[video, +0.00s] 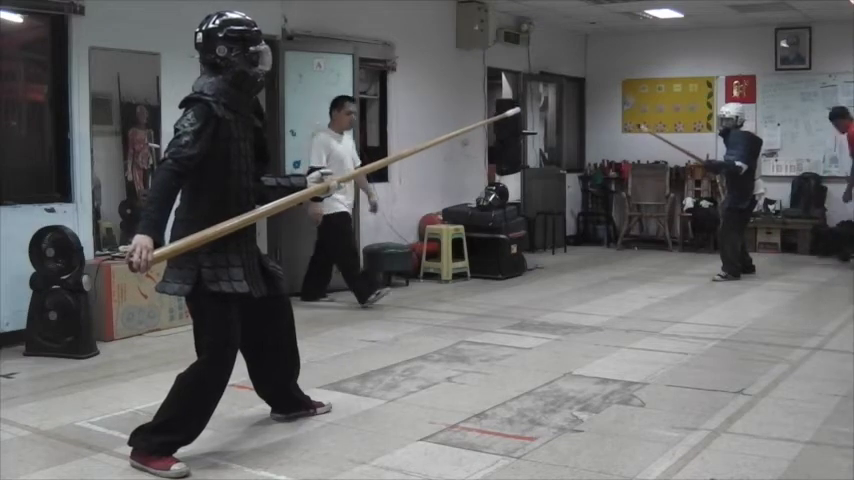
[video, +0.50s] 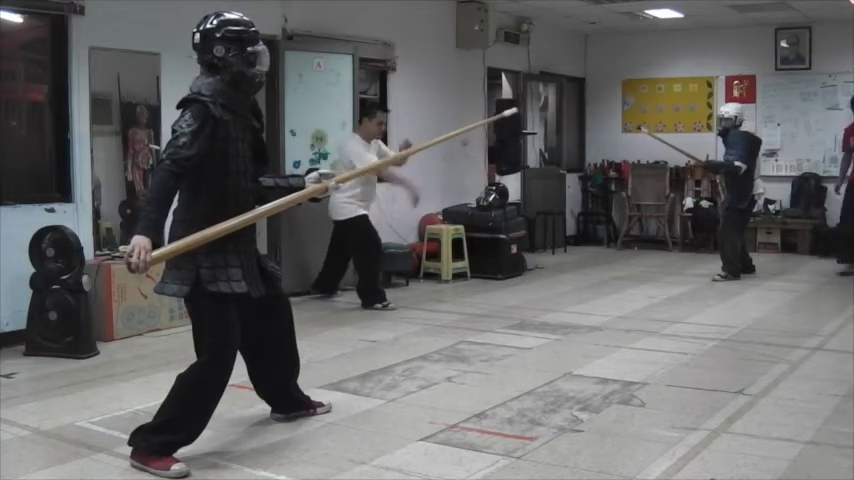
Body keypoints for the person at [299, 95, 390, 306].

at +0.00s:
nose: (353, 118)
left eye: (354, 114)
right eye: (349, 114)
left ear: (348, 116)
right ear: (336, 113)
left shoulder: (348, 139)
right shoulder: (321, 139)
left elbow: (357, 169)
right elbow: (314, 174)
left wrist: (370, 192)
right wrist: (315, 202)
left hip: (345, 205)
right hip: (330, 206)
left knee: (325, 251)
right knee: (345, 250)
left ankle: (312, 291)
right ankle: (364, 293)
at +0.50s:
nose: (383, 129)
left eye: (383, 125)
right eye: (379, 124)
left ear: (372, 124)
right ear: (364, 123)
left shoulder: (375, 144)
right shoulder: (352, 145)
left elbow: (396, 161)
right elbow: (378, 171)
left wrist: (404, 152)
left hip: (359, 206)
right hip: (345, 206)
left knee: (340, 250)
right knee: (370, 245)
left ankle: (323, 287)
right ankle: (371, 298)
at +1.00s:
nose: (379, 127)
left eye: (380, 123)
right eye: (376, 122)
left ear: (367, 123)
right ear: (363, 123)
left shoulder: (369, 150)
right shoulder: (347, 143)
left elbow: (384, 169)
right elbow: (374, 130)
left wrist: (400, 182)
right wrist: (393, 111)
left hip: (355, 208)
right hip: (345, 208)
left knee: (337, 251)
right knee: (370, 247)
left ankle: (320, 287)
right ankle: (371, 298)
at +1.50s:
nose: (371, 120)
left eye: (372, 117)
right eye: (365, 117)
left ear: (372, 120)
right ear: (351, 120)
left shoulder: (368, 149)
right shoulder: (345, 143)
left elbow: (382, 171)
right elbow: (375, 138)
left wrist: (400, 182)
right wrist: (400, 123)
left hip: (355, 207)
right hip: (345, 208)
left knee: (337, 251)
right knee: (370, 246)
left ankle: (321, 288)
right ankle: (371, 298)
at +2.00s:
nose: (361, 118)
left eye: (362, 114)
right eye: (356, 114)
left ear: (362, 120)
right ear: (342, 120)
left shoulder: (346, 143)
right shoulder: (344, 144)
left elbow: (364, 175)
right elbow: (363, 172)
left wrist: (387, 186)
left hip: (344, 208)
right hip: (344, 208)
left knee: (357, 250)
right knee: (368, 247)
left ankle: (330, 283)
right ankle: (372, 298)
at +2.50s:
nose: (322, 112)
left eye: (323, 107)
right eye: (317, 107)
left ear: (322, 110)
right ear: (304, 110)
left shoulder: (322, 139)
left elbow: (335, 171)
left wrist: (355, 180)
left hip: (320, 208)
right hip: (298, 209)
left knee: (325, 250)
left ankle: (328, 289)